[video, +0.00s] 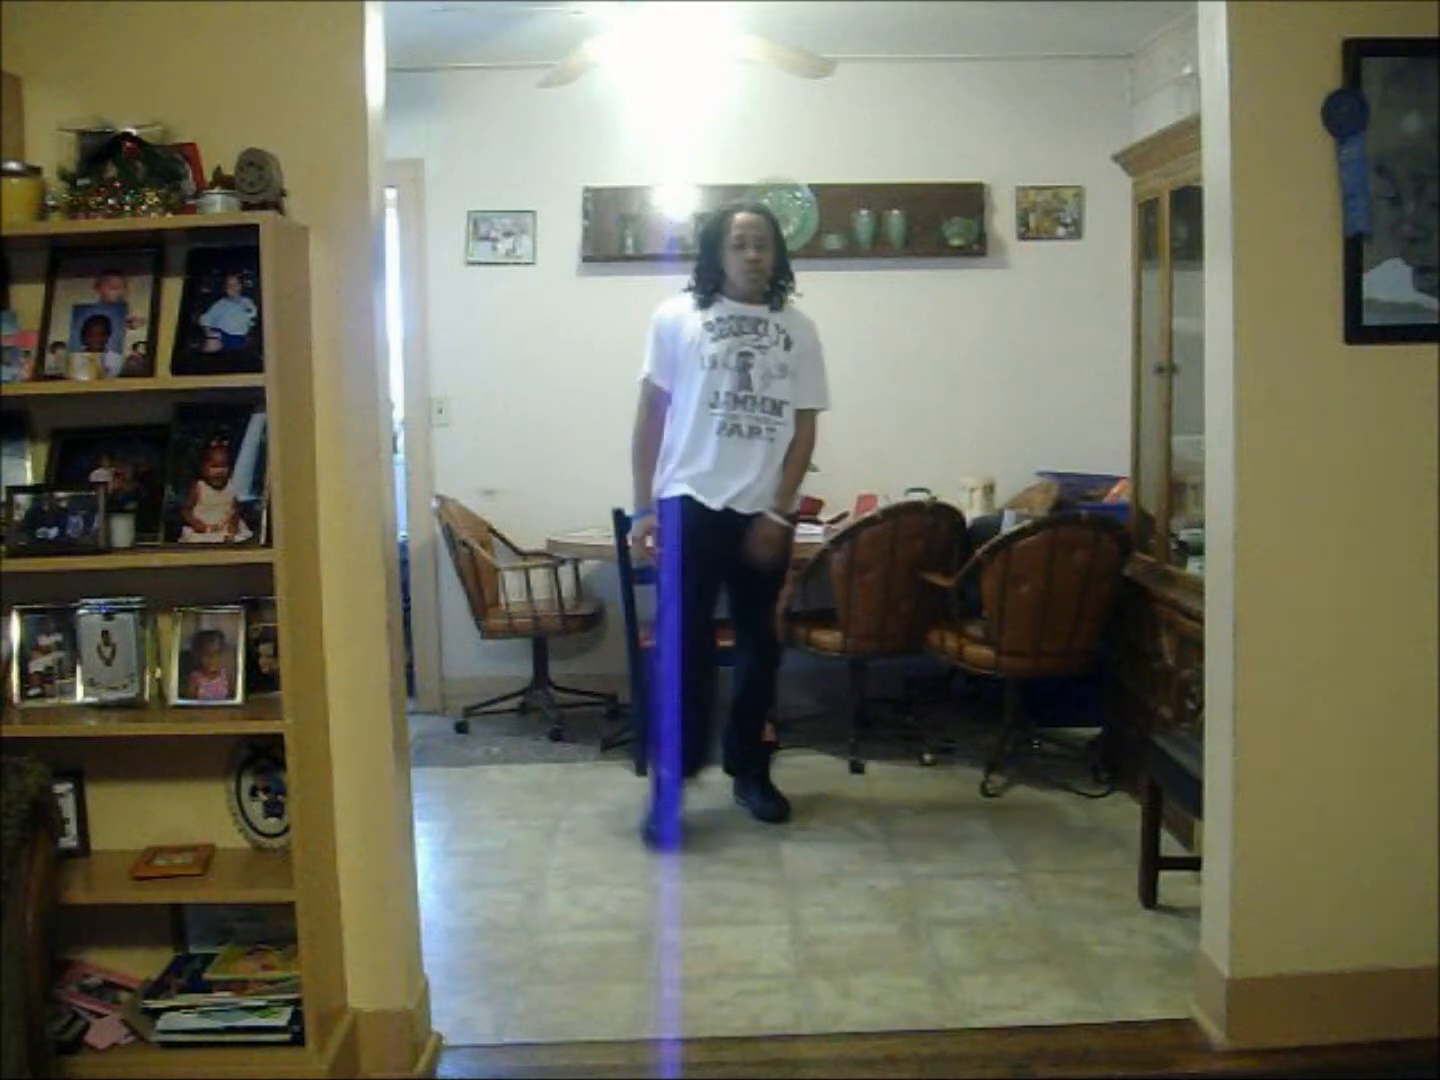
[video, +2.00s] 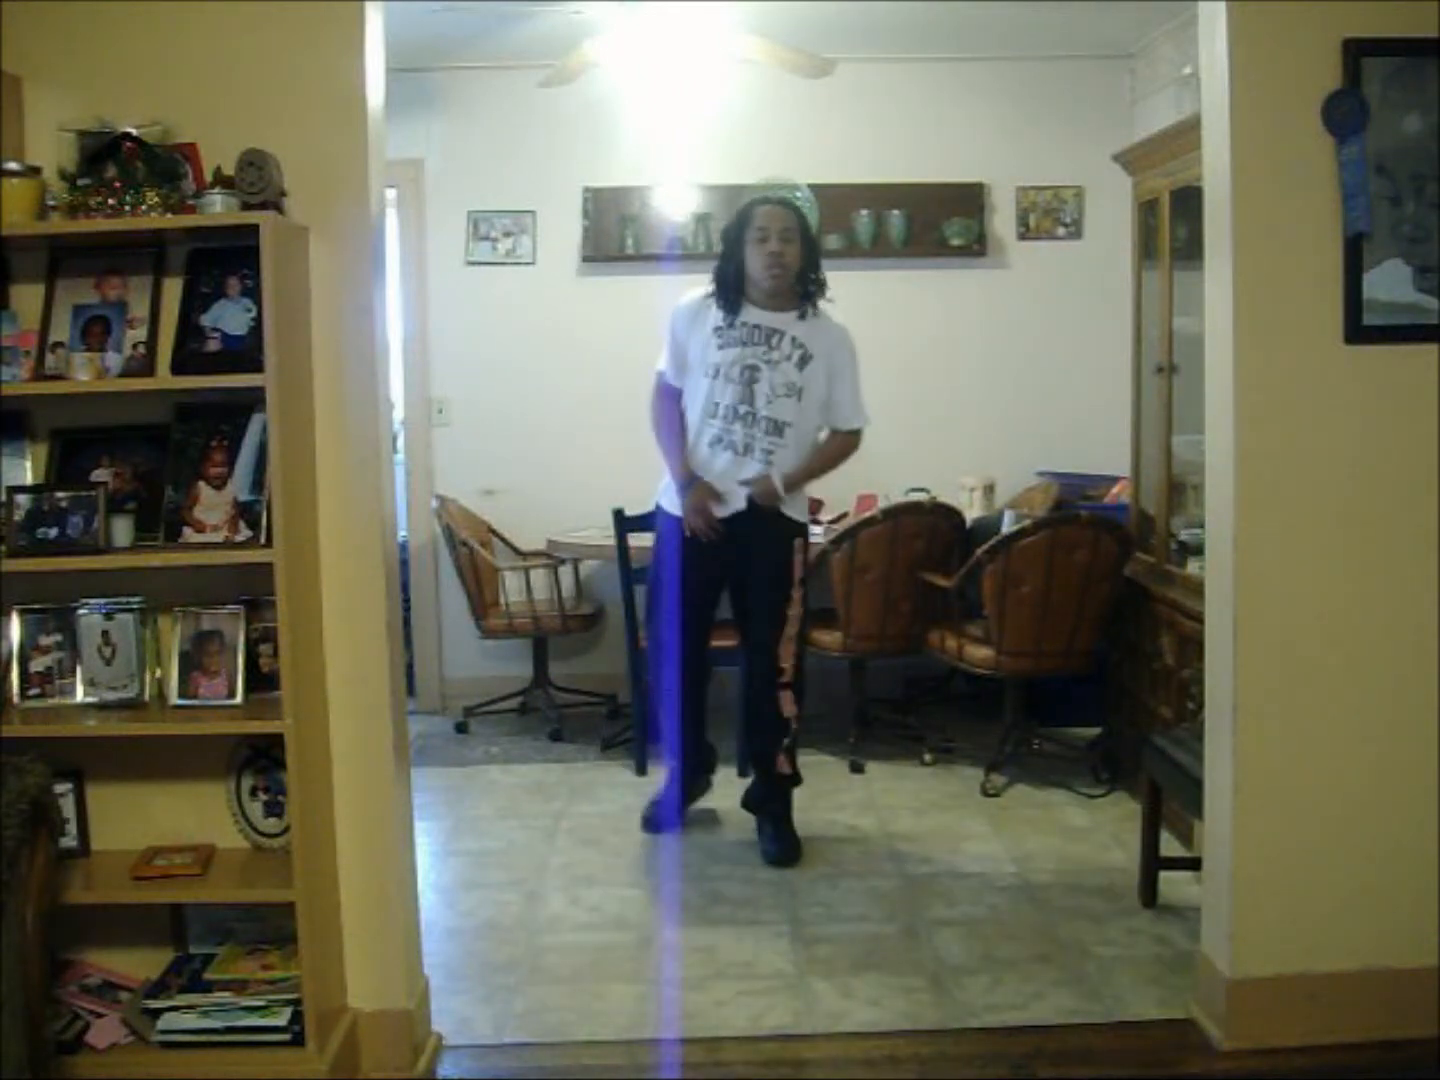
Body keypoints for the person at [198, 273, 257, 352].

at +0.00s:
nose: (232, 289)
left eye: (235, 285)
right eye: (229, 286)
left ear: (240, 286)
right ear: (225, 287)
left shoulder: (247, 303)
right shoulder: (222, 303)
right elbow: (204, 320)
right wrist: (210, 335)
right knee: (211, 342)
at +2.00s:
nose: (232, 288)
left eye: (235, 285)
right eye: (229, 285)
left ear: (240, 287)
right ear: (225, 287)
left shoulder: (247, 303)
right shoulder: (222, 304)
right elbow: (205, 320)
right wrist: (210, 334)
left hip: (243, 338)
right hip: (224, 337)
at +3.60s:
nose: (233, 288)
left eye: (235, 285)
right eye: (230, 285)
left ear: (240, 287)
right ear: (225, 287)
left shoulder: (247, 303)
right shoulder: (222, 304)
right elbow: (205, 320)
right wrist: (210, 335)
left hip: (244, 338)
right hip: (225, 337)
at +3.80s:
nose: (233, 288)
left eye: (235, 285)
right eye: (230, 285)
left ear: (240, 287)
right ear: (225, 288)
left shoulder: (247, 303)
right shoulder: (221, 304)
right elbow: (205, 320)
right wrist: (210, 335)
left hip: (243, 338)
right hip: (224, 338)